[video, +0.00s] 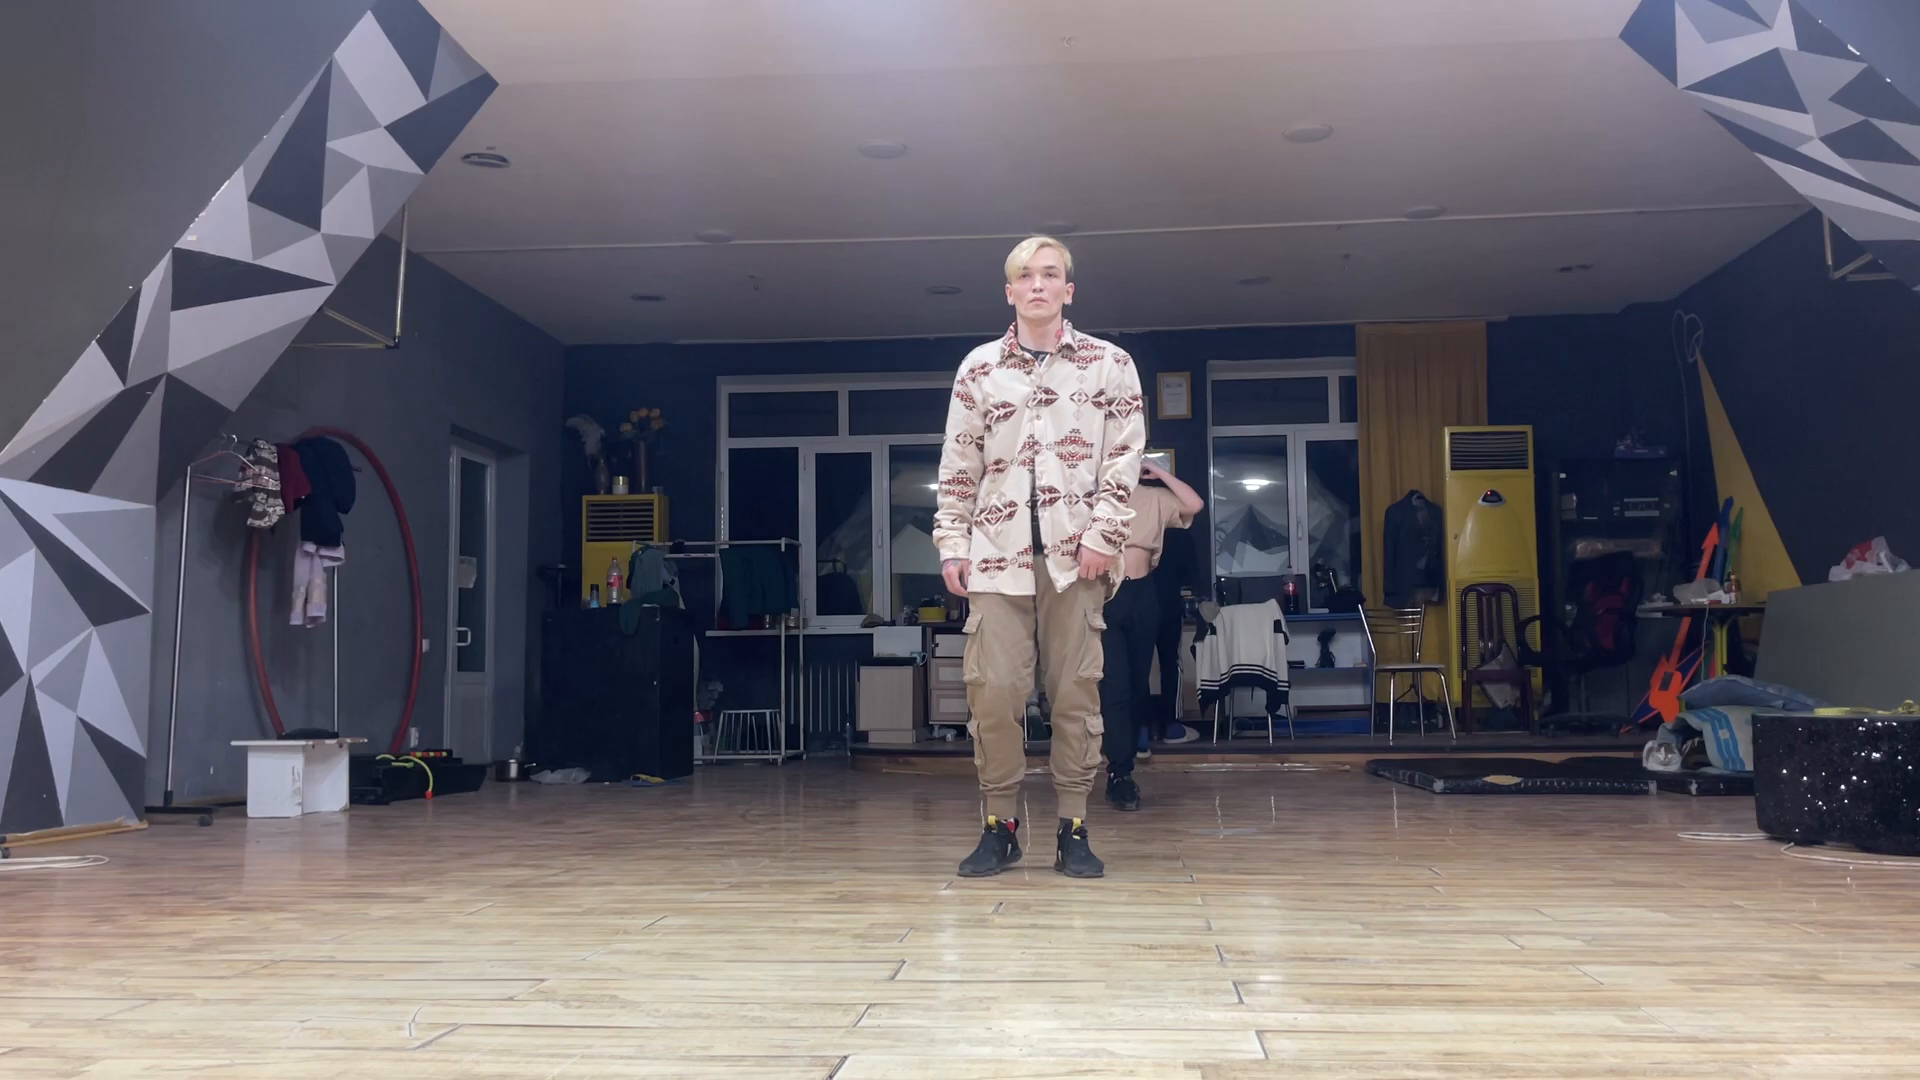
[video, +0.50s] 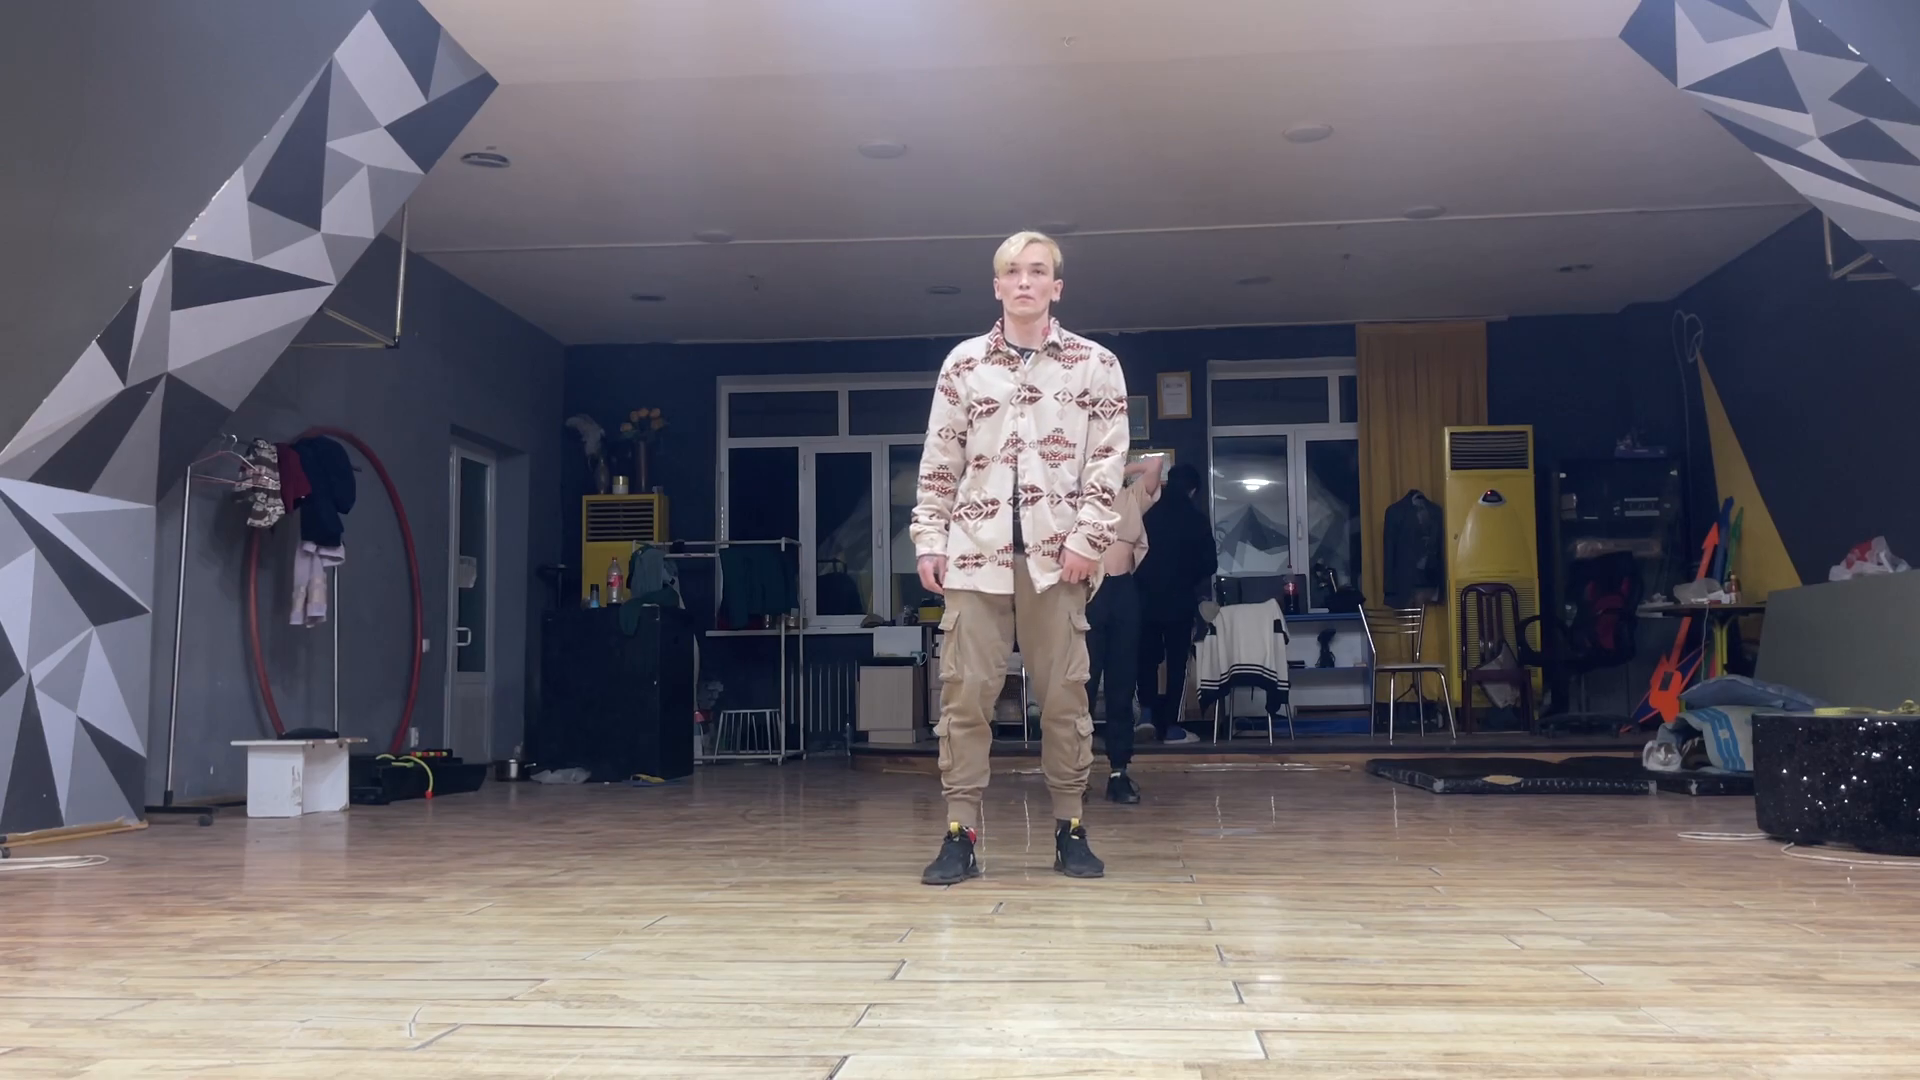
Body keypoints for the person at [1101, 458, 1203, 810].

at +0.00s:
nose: (1126, 466)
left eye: (1130, 462)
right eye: (1119, 461)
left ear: (1135, 469)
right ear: (1102, 464)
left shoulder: (1152, 497)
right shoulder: (1090, 496)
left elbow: (1194, 505)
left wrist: (1159, 472)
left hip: (1140, 593)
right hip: (1100, 595)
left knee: (1133, 680)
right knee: (1116, 683)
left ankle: (1120, 769)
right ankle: (1119, 771)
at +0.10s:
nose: (1125, 468)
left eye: (1129, 465)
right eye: (1117, 464)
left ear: (1137, 471)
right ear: (1101, 468)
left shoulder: (1148, 496)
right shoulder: (1089, 495)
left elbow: (1185, 483)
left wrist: (1150, 468)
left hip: (1138, 590)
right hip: (1101, 592)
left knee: (1136, 678)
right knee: (1112, 682)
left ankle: (1121, 765)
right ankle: (1115, 772)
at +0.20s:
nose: (1121, 469)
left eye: (1125, 464)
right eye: (1114, 464)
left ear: (1133, 469)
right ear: (1099, 466)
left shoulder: (1144, 496)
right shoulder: (1087, 495)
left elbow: (1175, 473)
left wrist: (1139, 466)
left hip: (1137, 588)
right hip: (1099, 589)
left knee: (1136, 681)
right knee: (1107, 683)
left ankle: (1121, 769)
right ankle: (1103, 771)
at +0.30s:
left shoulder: (1139, 496)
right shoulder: (1082, 495)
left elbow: (1166, 468)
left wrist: (1126, 468)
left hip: (1131, 586)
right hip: (1091, 587)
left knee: (1130, 681)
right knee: (1095, 682)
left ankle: (1120, 772)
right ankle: (1089, 772)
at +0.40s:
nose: (1108, 462)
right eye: (1102, 457)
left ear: (1120, 465)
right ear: (1086, 463)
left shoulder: (1134, 495)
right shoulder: (1075, 495)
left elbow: (1162, 465)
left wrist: (1123, 469)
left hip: (1127, 586)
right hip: (1088, 588)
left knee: (1125, 682)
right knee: (1089, 682)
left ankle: (1120, 771)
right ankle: (1076, 776)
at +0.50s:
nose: (1103, 465)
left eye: (1106, 460)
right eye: (1095, 460)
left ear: (1114, 467)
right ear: (1079, 465)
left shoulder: (1128, 497)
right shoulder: (1070, 496)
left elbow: (1155, 462)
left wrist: (1117, 471)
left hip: (1123, 587)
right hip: (1084, 589)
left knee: (1121, 685)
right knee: (1082, 682)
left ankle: (1119, 771)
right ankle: (1073, 776)